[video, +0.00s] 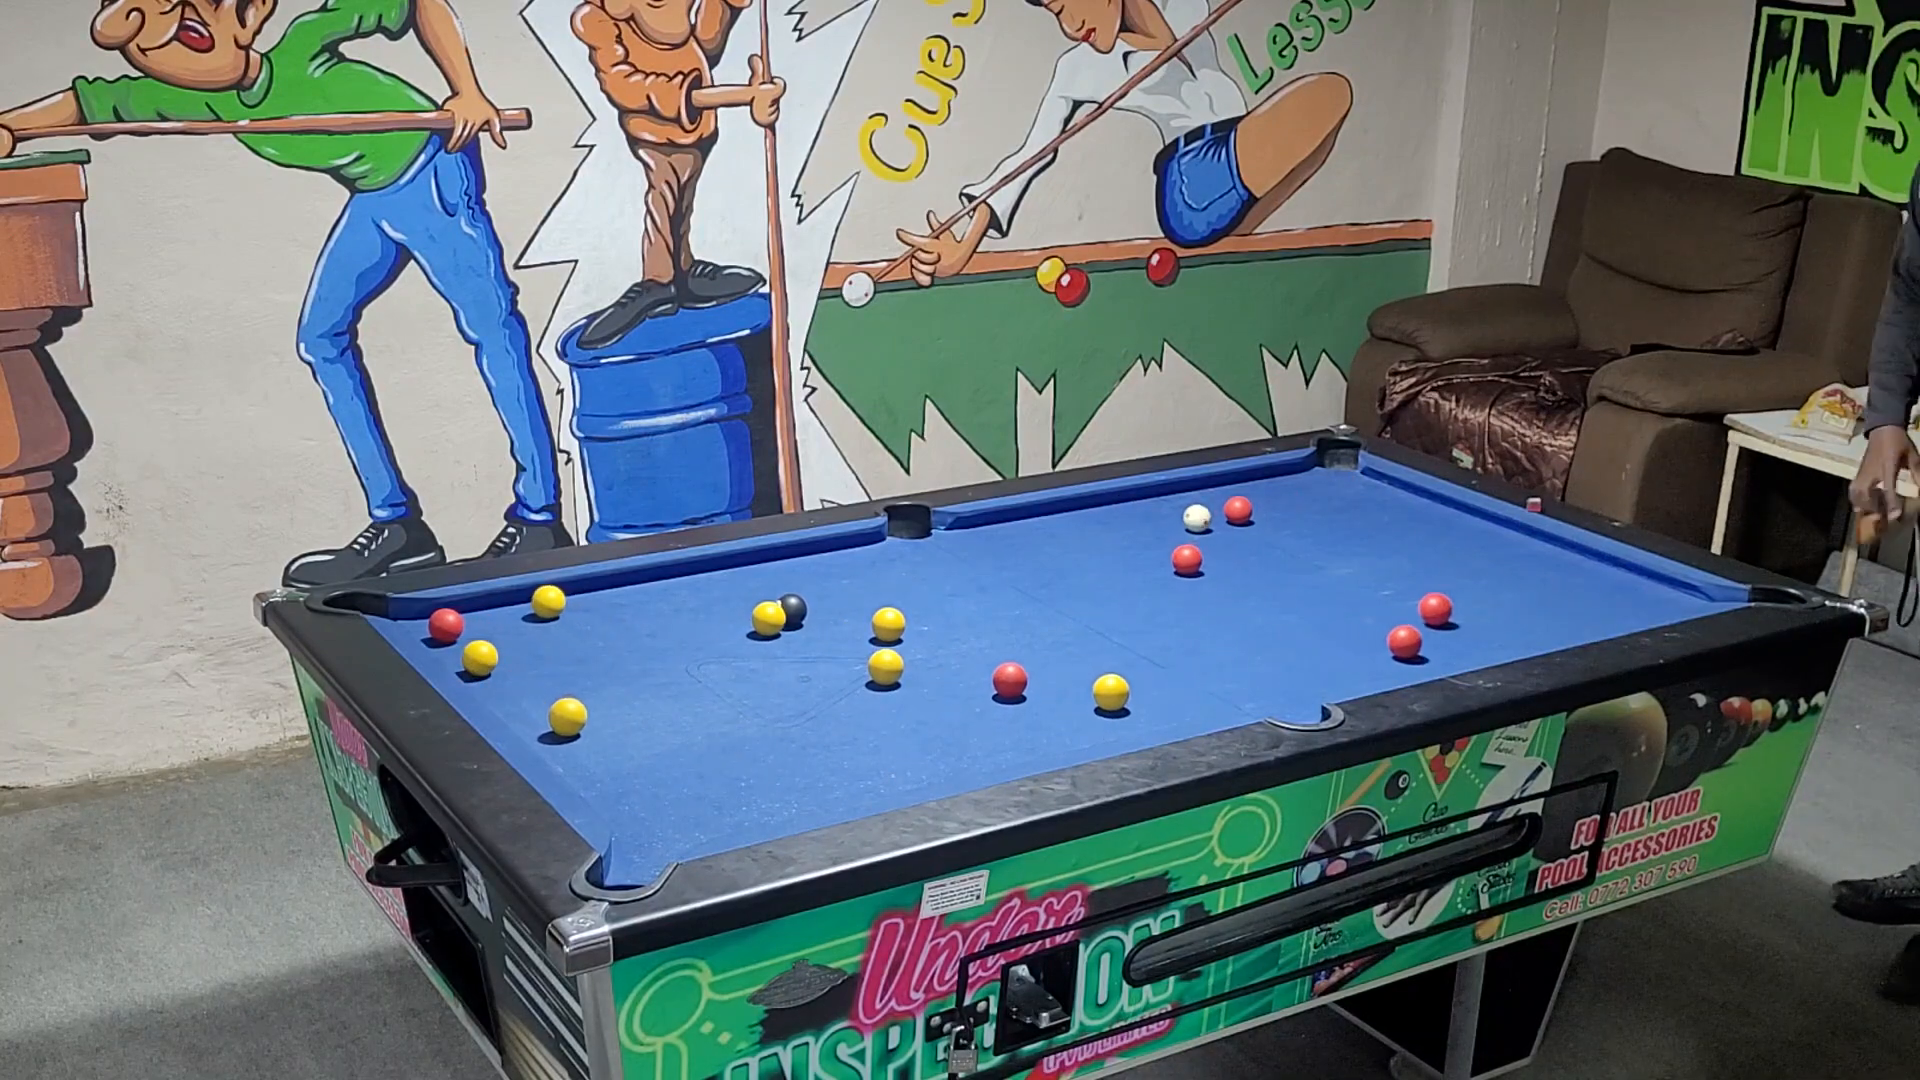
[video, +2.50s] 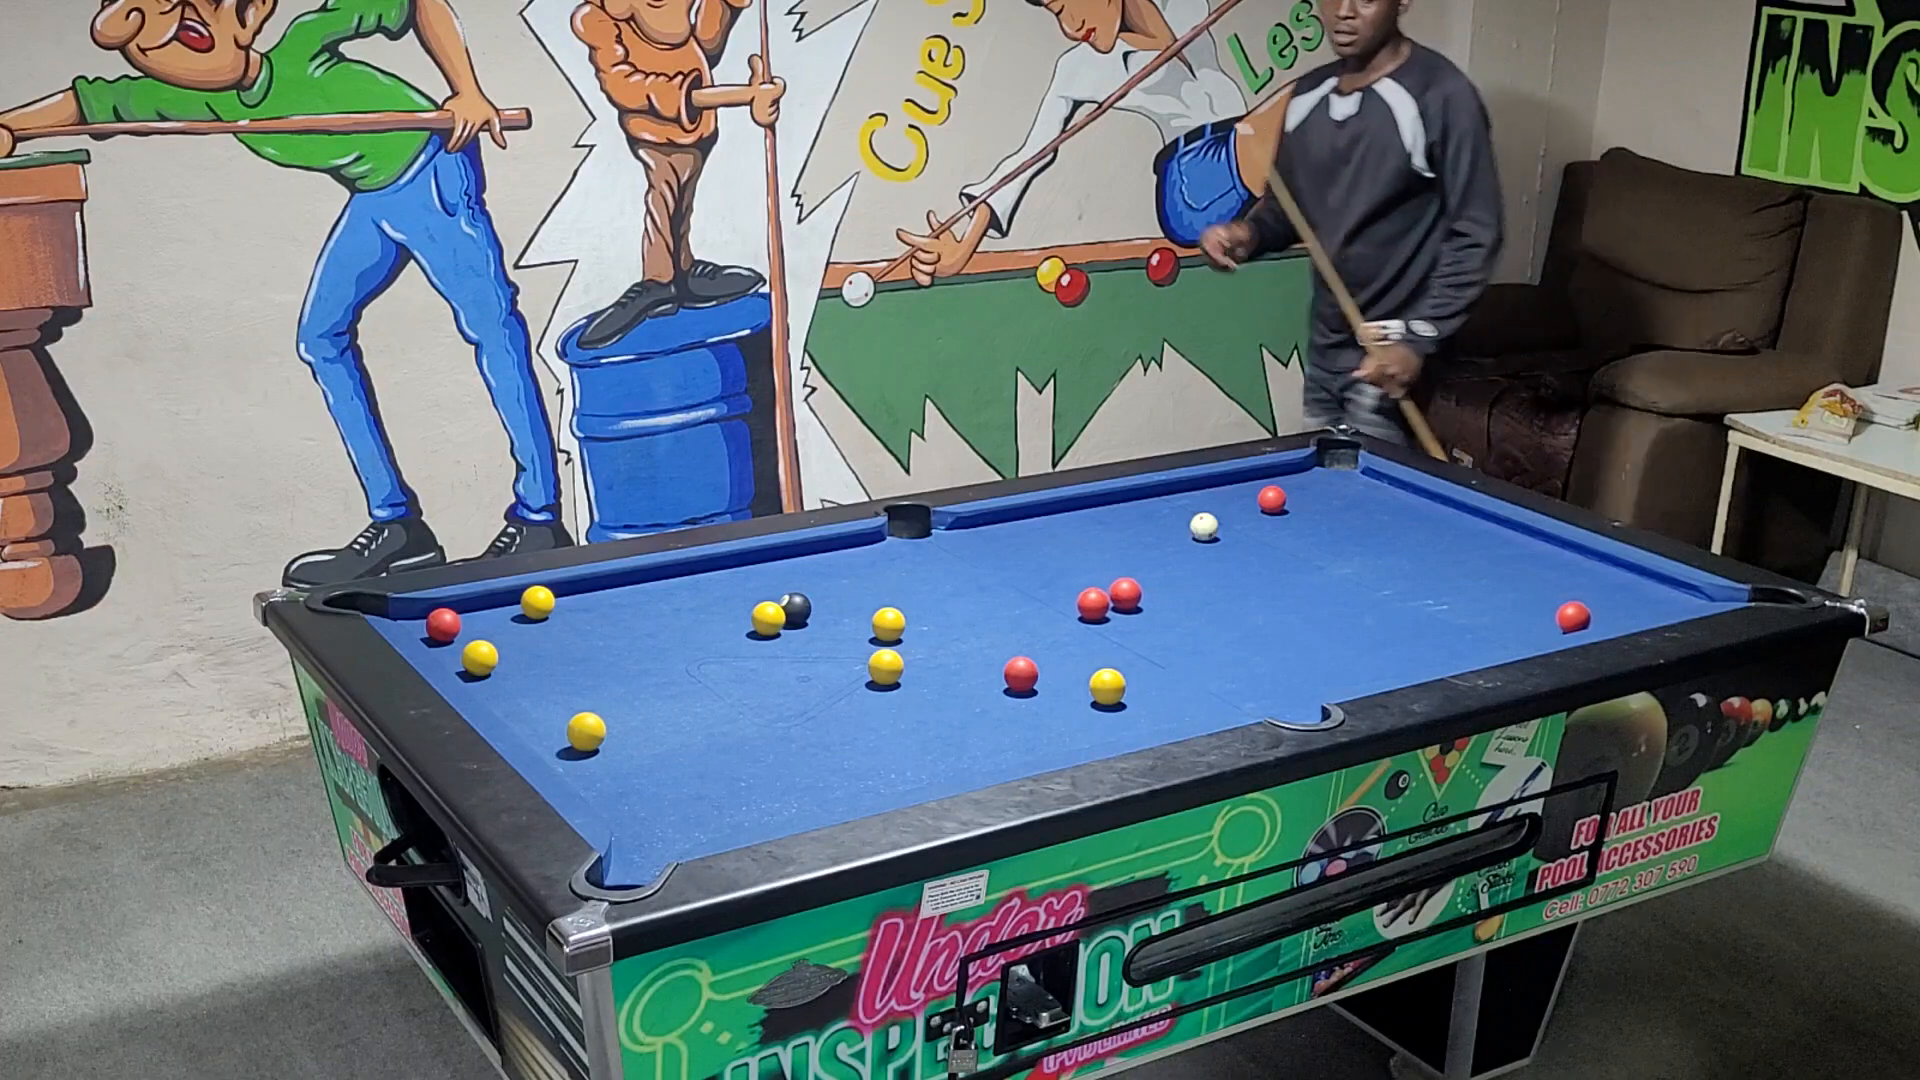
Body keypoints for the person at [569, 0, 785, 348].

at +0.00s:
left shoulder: (697, 6)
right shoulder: (596, 18)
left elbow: (707, 47)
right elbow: (625, 87)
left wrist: (730, 6)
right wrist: (746, 95)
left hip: (695, 87)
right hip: (644, 103)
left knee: (687, 175)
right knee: (665, 175)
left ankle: (682, 268)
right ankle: (657, 281)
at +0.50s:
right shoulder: (596, 18)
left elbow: (707, 47)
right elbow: (625, 87)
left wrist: (729, 6)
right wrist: (746, 94)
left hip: (694, 88)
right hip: (644, 104)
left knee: (687, 175)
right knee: (665, 175)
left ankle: (682, 268)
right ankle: (657, 282)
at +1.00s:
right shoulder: (596, 19)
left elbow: (707, 47)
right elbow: (625, 88)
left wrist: (730, 6)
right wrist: (746, 94)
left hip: (694, 88)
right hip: (644, 104)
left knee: (687, 175)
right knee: (665, 175)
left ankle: (682, 268)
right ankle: (657, 281)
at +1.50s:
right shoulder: (596, 18)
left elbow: (707, 47)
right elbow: (625, 88)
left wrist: (729, 6)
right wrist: (746, 94)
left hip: (694, 87)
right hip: (644, 103)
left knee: (688, 175)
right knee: (665, 174)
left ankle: (682, 268)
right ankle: (657, 281)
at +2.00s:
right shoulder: (596, 18)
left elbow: (707, 47)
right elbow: (625, 88)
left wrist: (729, 6)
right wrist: (746, 94)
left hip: (695, 87)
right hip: (644, 104)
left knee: (688, 174)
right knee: (665, 174)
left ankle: (682, 268)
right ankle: (657, 281)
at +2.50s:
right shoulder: (598, 18)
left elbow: (707, 46)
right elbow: (624, 87)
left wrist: (730, 6)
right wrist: (746, 94)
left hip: (694, 86)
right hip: (645, 103)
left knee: (688, 173)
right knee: (666, 173)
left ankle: (682, 268)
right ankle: (657, 280)